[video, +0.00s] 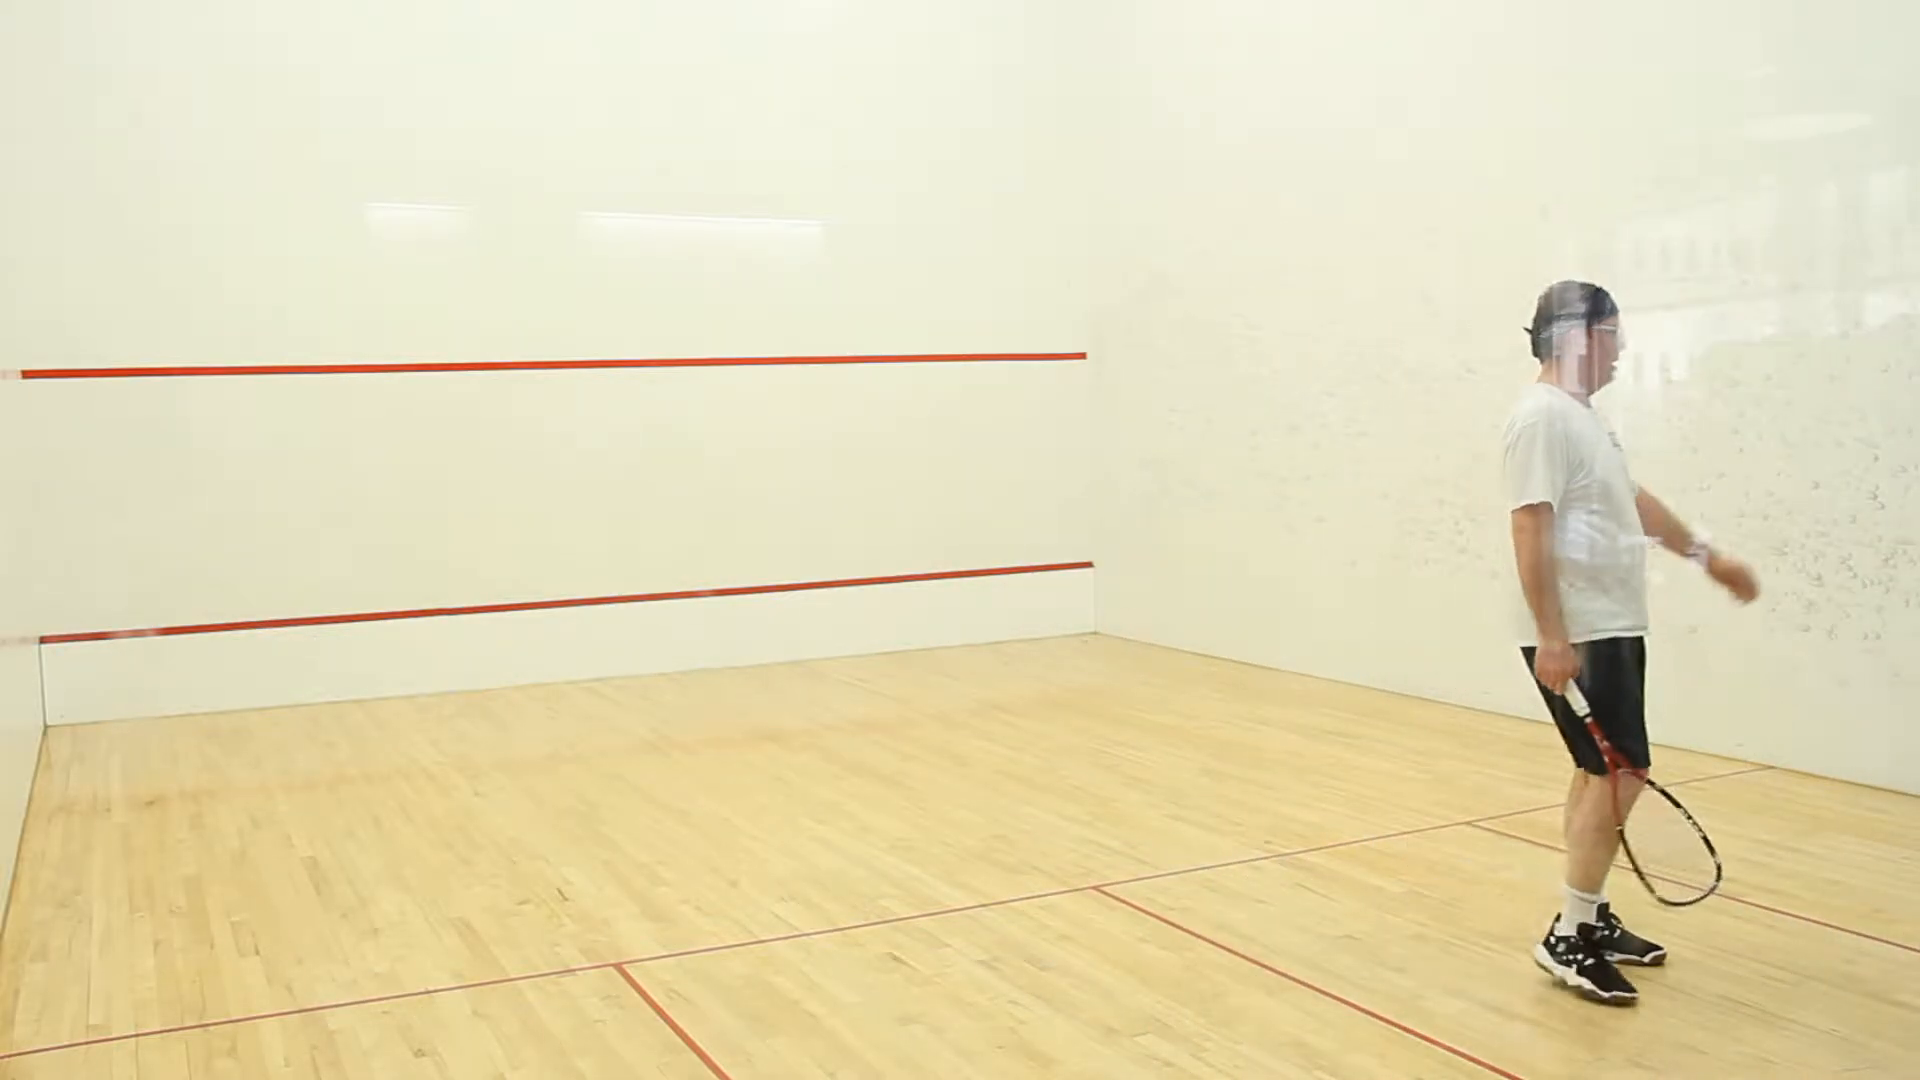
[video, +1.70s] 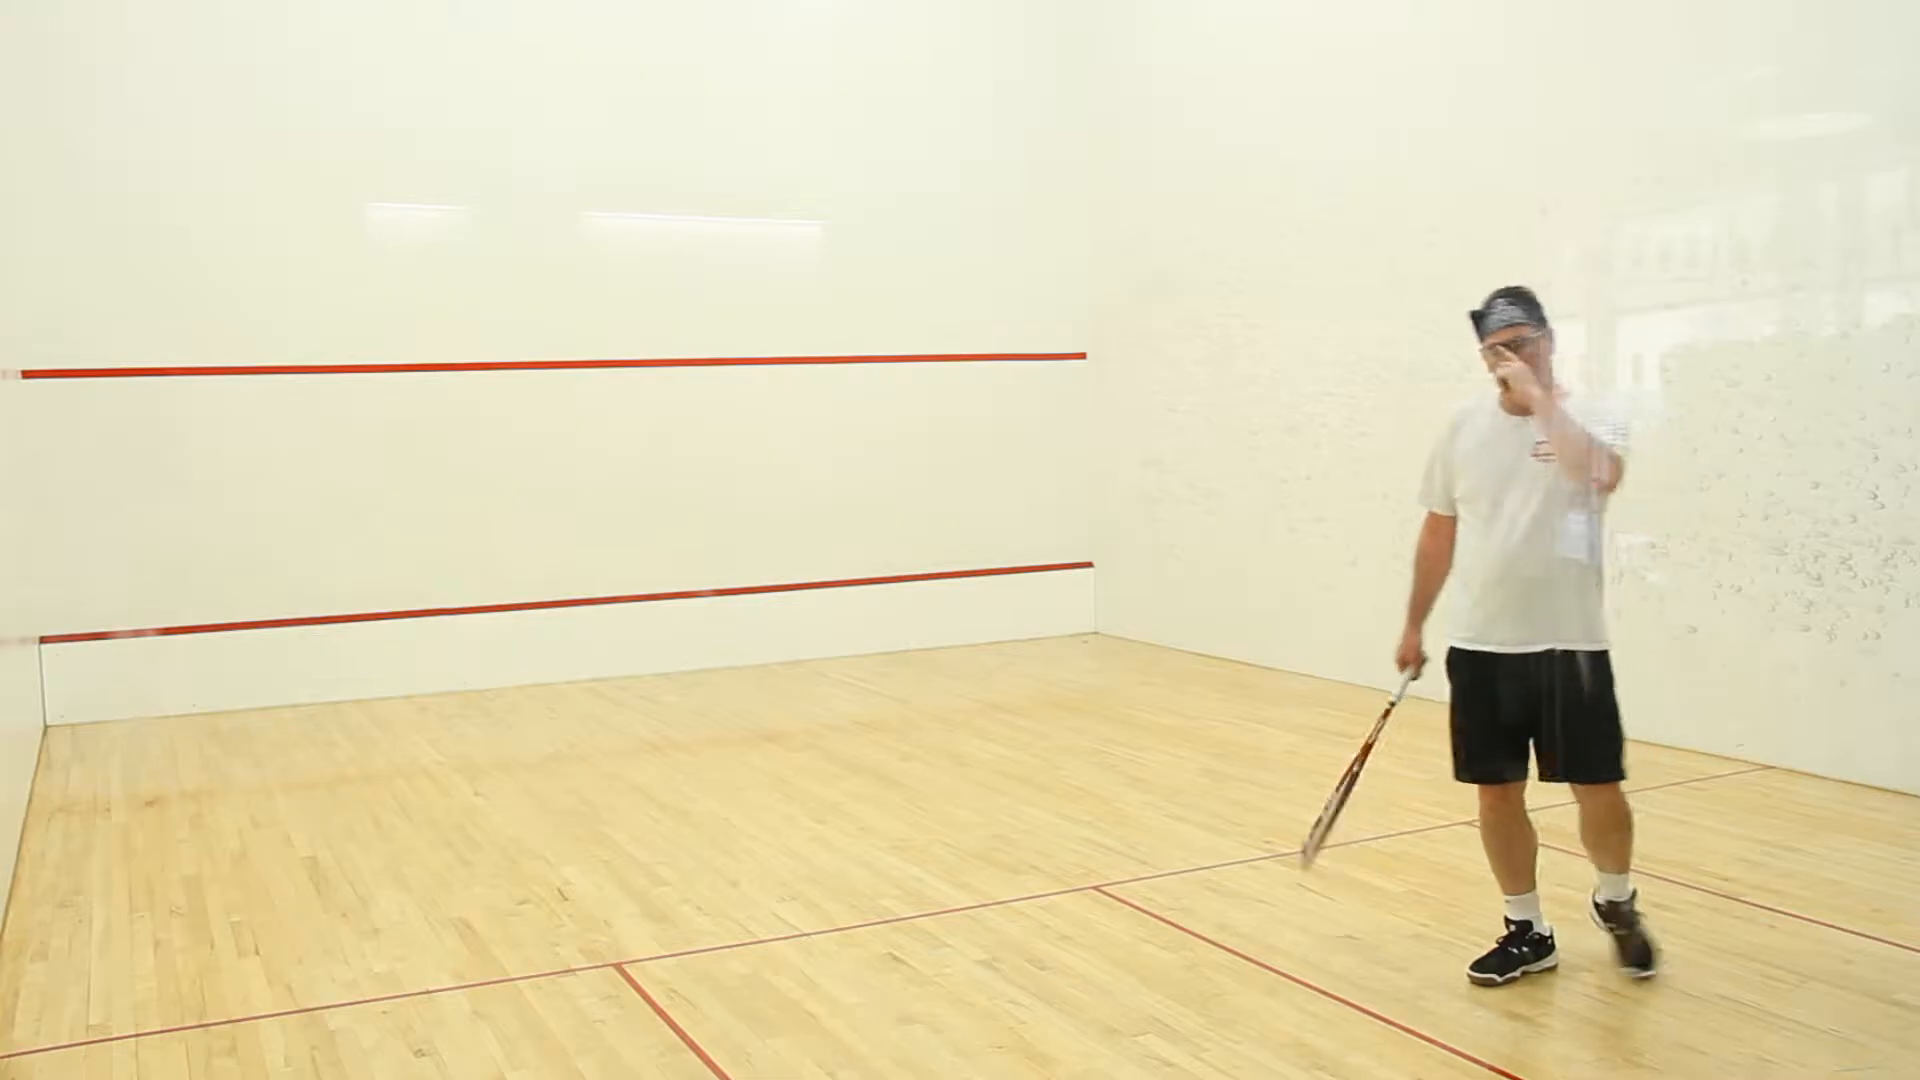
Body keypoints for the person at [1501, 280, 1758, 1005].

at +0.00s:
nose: (1618, 351)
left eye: (1617, 337)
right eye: (1610, 336)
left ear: (1575, 339)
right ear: (1577, 337)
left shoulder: (1584, 418)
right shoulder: (1542, 417)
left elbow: (1634, 502)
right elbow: (1529, 531)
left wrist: (1708, 556)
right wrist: (1550, 636)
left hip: (1614, 628)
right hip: (1582, 633)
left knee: (1605, 774)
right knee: (1619, 773)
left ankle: (1590, 921)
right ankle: (1569, 937)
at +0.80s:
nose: (1644, 327)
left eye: (1638, 316)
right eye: (1632, 317)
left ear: (1601, 335)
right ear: (1600, 334)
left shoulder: (1634, 423)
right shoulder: (1560, 420)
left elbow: (1678, 507)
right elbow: (1548, 539)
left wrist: (1773, 501)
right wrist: (1592, 628)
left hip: (1630, 636)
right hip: (1565, 640)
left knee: (1634, 769)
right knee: (1573, 780)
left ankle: (1618, 916)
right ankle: (1543, 935)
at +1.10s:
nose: (1652, 352)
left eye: (1657, 337)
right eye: (1638, 338)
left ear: (1659, 341)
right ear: (1595, 342)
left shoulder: (1673, 420)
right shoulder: (1546, 420)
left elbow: (1727, 497)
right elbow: (1506, 523)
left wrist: (1793, 442)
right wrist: (1511, 621)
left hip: (1644, 637)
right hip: (1564, 636)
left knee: (1632, 780)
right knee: (1565, 784)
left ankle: (1618, 917)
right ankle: (1543, 927)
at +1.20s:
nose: (1643, 356)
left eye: (1649, 341)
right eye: (1628, 342)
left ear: (1656, 344)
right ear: (1588, 345)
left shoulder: (1675, 425)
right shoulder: (1541, 424)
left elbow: (1734, 505)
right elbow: (1497, 523)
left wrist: (1711, 433)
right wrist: (1477, 619)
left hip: (1643, 639)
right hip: (1556, 636)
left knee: (1633, 781)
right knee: (1549, 782)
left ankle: (1620, 917)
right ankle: (1534, 926)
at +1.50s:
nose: (1559, 357)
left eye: (1569, 342)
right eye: (1544, 348)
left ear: (1592, 338)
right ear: (1526, 353)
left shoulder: (1633, 417)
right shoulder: (1501, 425)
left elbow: (1674, 498)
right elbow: (1474, 527)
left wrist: (1601, 439)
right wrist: (1453, 624)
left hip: (1613, 639)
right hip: (1521, 638)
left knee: (1621, 781)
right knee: (1519, 787)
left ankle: (1618, 917)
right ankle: (1528, 929)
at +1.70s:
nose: (1511, 360)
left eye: (1521, 345)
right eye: (1497, 350)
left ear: (1550, 343)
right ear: (1482, 358)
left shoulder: (1590, 417)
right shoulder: (1464, 429)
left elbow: (1600, 476)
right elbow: (1438, 531)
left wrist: (1538, 400)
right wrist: (1414, 626)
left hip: (1572, 641)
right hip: (1482, 643)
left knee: (1601, 787)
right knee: (1497, 791)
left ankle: (1618, 905)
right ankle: (1528, 929)